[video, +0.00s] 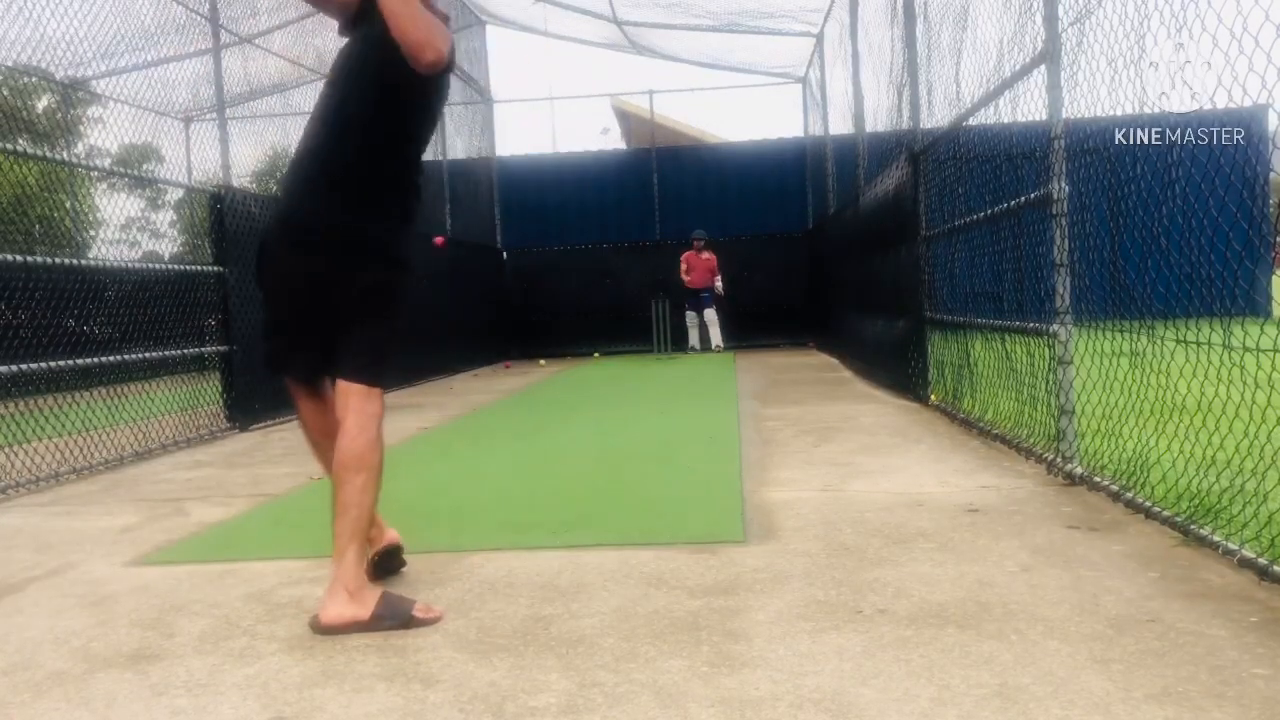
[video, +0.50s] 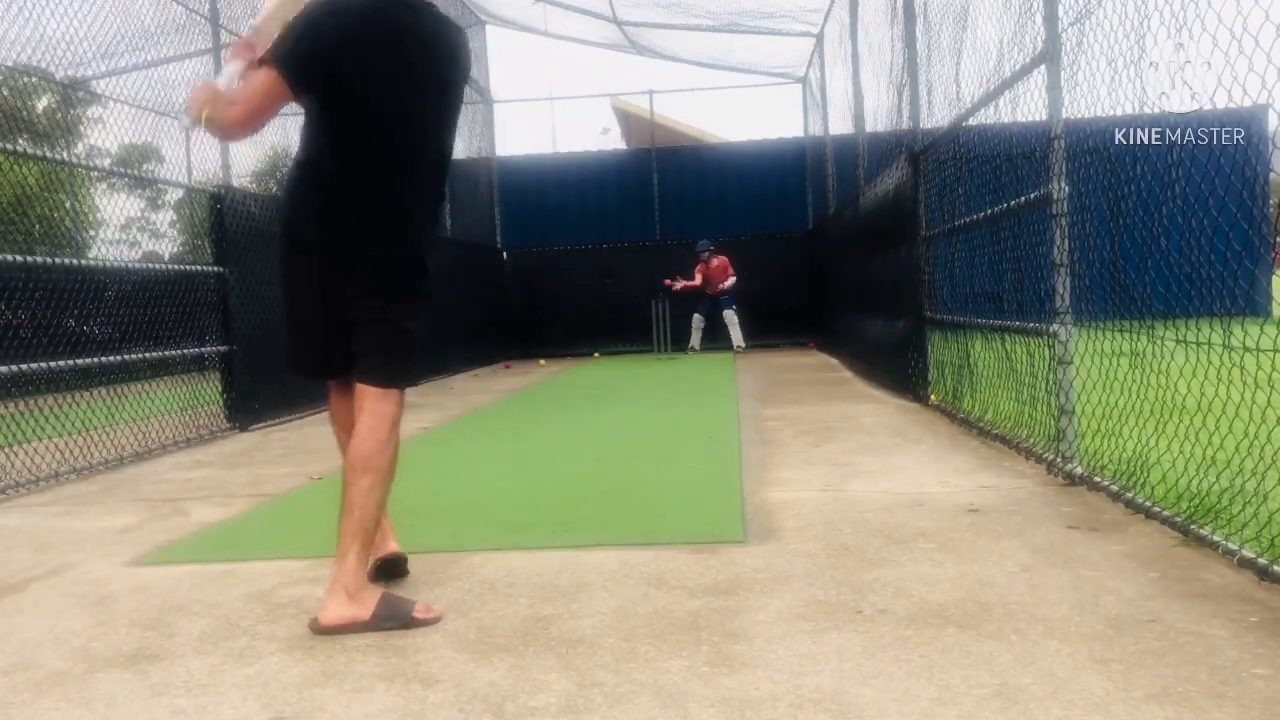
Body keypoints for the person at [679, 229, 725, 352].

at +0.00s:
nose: (697, 243)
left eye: (700, 240)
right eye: (695, 240)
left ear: (704, 242)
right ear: (692, 242)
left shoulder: (710, 256)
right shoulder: (686, 256)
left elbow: (716, 273)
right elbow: (682, 271)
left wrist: (718, 283)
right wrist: (686, 278)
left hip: (707, 289)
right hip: (691, 289)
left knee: (710, 315)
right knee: (691, 318)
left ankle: (717, 344)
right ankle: (693, 345)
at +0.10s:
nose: (696, 243)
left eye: (699, 240)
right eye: (694, 240)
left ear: (704, 241)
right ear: (691, 242)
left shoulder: (711, 256)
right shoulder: (686, 257)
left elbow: (717, 274)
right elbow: (683, 272)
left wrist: (719, 283)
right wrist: (686, 279)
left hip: (707, 289)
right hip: (692, 289)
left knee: (711, 315)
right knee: (691, 317)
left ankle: (717, 344)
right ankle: (693, 345)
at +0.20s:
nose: (696, 245)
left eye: (699, 242)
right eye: (694, 242)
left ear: (704, 243)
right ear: (691, 244)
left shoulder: (712, 258)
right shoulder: (687, 259)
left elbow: (719, 274)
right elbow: (685, 273)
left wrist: (719, 285)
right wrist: (685, 281)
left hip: (709, 291)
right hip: (693, 291)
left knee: (714, 315)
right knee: (691, 317)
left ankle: (718, 344)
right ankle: (693, 346)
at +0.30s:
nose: (696, 248)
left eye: (699, 245)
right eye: (694, 245)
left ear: (704, 245)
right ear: (692, 247)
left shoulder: (714, 259)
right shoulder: (690, 261)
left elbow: (721, 275)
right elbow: (688, 278)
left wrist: (717, 283)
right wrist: (687, 275)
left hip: (710, 292)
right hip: (696, 293)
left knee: (716, 314)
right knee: (690, 317)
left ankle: (725, 343)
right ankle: (693, 346)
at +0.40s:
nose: (698, 251)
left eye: (701, 248)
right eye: (696, 248)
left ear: (706, 248)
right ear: (694, 250)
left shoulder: (717, 260)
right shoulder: (694, 264)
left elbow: (724, 278)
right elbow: (695, 279)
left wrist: (716, 284)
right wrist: (688, 272)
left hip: (715, 293)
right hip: (701, 294)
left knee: (722, 313)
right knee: (692, 317)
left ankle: (734, 343)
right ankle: (693, 346)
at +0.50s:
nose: (701, 255)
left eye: (703, 252)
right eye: (700, 253)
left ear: (710, 251)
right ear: (699, 255)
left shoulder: (723, 261)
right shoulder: (700, 268)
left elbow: (732, 277)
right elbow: (697, 283)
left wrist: (725, 285)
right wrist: (684, 284)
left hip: (723, 295)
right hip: (709, 296)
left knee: (729, 314)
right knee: (698, 318)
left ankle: (738, 345)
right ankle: (694, 347)